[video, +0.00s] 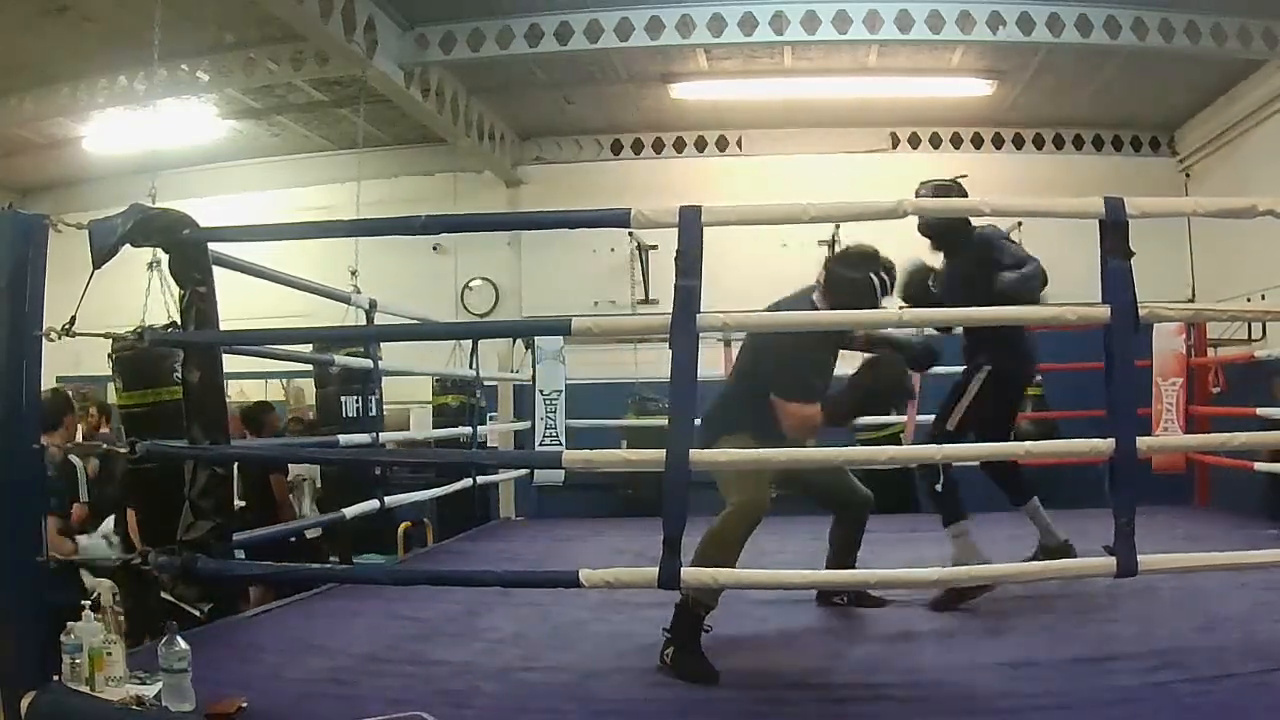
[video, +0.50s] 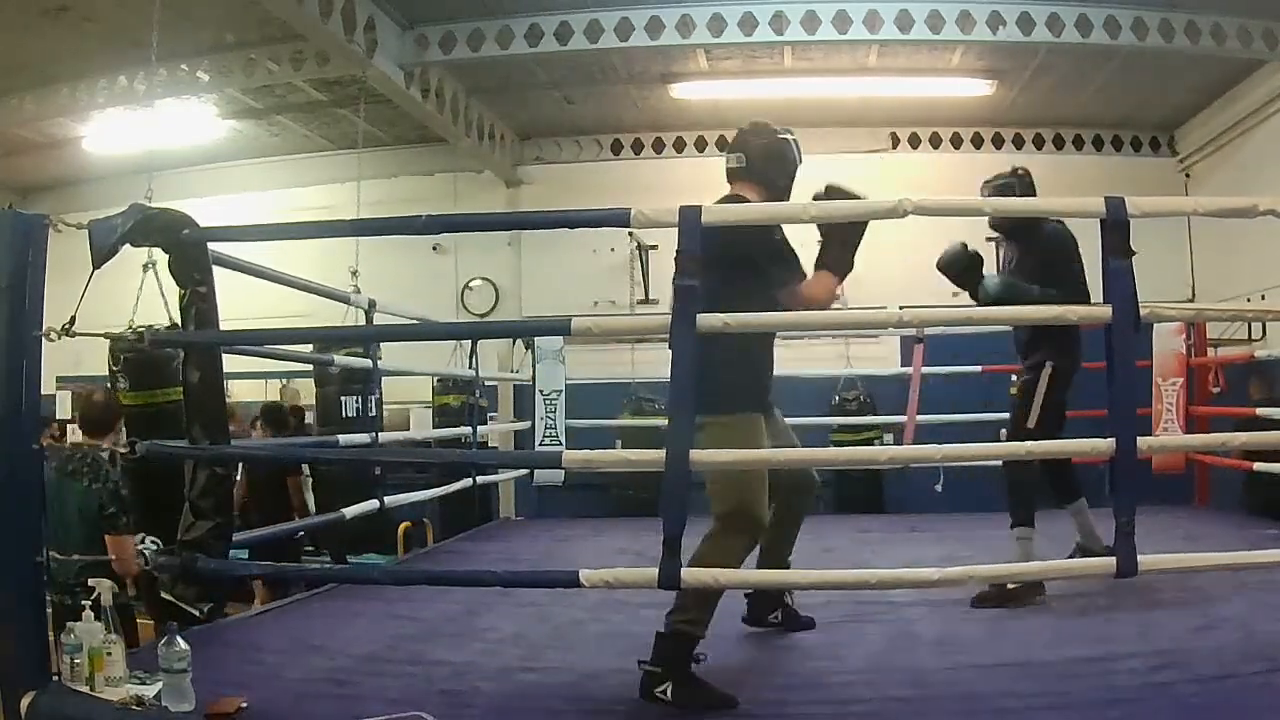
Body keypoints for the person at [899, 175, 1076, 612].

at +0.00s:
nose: (922, 231)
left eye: (926, 222)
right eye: (921, 223)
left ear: (945, 220)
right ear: (949, 220)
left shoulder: (987, 241)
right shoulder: (954, 260)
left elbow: (1035, 273)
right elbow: (949, 316)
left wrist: (1009, 282)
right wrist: (921, 293)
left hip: (998, 362)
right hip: (1000, 362)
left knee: (930, 454)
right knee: (993, 455)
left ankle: (967, 560)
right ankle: (1052, 539)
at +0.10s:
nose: (928, 234)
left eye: (934, 224)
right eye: (928, 225)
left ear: (957, 225)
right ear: (962, 224)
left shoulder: (990, 253)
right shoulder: (976, 258)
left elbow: (1023, 272)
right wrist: (964, 333)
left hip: (1011, 375)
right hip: (1019, 371)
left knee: (965, 473)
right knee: (1008, 460)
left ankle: (1001, 576)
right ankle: (1054, 546)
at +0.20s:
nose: (943, 228)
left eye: (948, 219)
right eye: (942, 220)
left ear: (969, 217)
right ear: (975, 217)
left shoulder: (1003, 240)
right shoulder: (987, 257)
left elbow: (1011, 274)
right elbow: (987, 328)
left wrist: (959, 270)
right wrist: (964, 339)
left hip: (1031, 363)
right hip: (1033, 362)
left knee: (993, 460)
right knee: (1025, 454)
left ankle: (1007, 574)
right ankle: (1063, 543)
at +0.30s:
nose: (961, 230)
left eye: (967, 220)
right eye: (960, 221)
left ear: (990, 219)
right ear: (989, 222)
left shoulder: (1023, 245)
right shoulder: (996, 260)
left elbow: (1029, 292)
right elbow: (993, 334)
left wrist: (965, 289)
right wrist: (952, 313)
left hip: (1050, 362)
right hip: (1036, 363)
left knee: (1004, 457)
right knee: (1036, 455)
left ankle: (1018, 574)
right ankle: (1091, 544)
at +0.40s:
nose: (976, 234)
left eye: (982, 225)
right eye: (975, 226)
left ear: (1006, 225)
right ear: (997, 229)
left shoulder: (1037, 251)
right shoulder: (1007, 264)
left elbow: (1068, 304)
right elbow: (998, 337)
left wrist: (1001, 301)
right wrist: (970, 303)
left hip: (1053, 376)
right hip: (1037, 375)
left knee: (1006, 462)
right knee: (1036, 463)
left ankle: (1021, 573)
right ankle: (1090, 544)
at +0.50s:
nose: (991, 216)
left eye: (997, 206)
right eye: (988, 207)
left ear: (1020, 202)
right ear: (997, 205)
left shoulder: (1052, 237)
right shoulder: (1010, 243)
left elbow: (1074, 302)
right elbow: (1008, 300)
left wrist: (1015, 294)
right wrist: (975, 281)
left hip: (1054, 355)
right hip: (1035, 356)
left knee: (1017, 449)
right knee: (1048, 447)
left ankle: (1025, 568)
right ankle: (1092, 541)